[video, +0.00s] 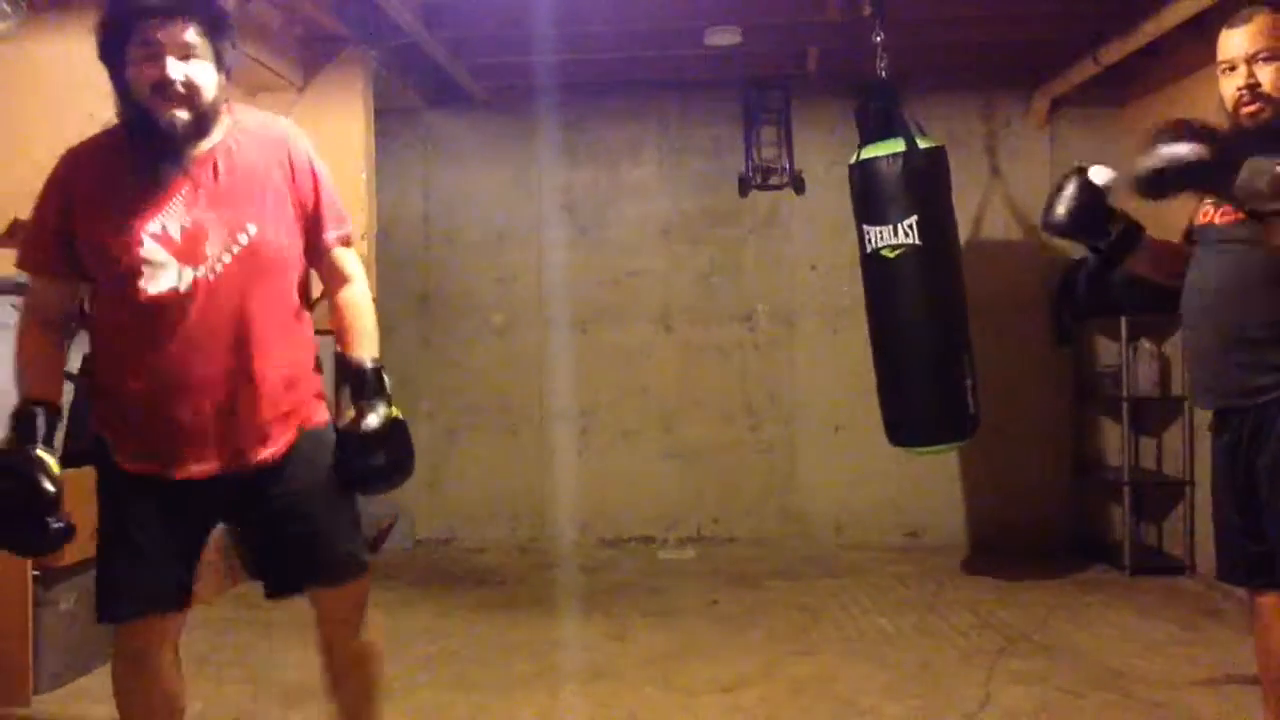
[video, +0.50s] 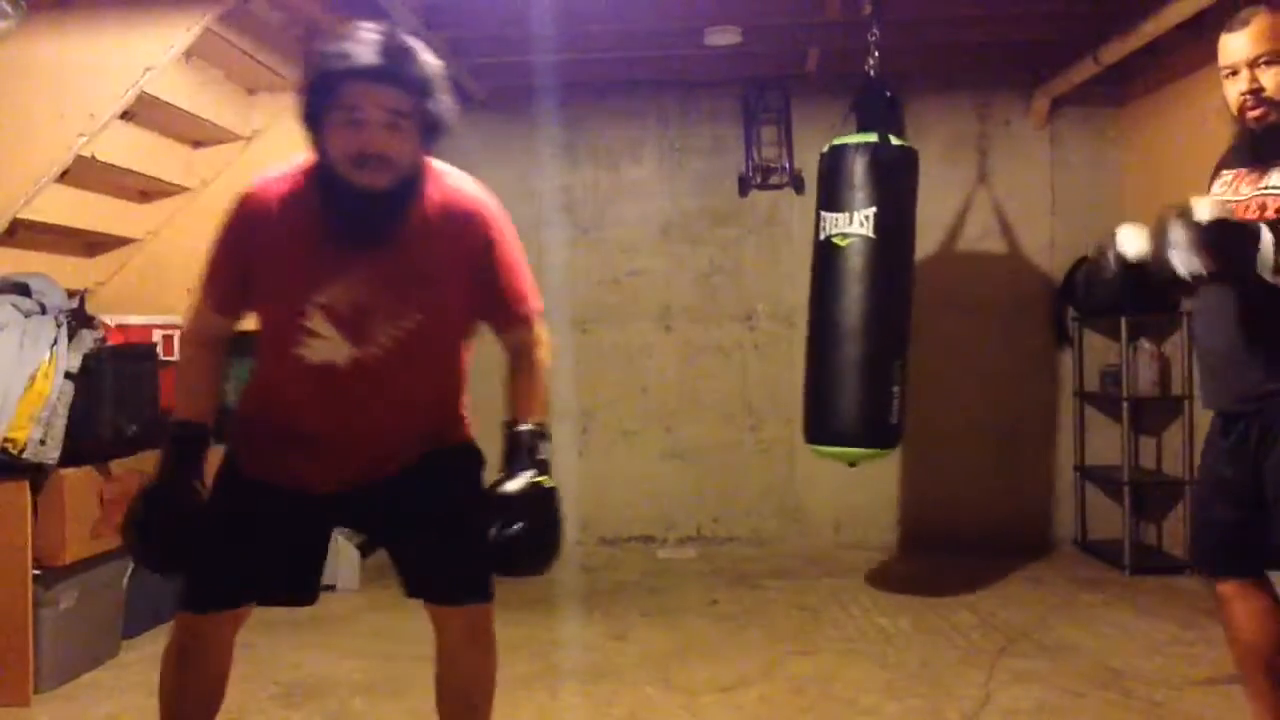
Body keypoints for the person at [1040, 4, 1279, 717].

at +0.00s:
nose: (1245, 80)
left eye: (1262, 61)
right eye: (1229, 69)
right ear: (1215, 83)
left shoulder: (1273, 164)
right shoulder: (1223, 170)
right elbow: (1196, 273)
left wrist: (1231, 173)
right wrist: (1114, 233)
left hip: (1275, 407)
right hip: (1236, 411)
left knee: (1271, 589)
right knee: (1262, 589)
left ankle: (1270, 704)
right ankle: (1270, 709)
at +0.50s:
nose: (1248, 85)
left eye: (1262, 66)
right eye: (1233, 72)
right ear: (1220, 80)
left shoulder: (1279, 169)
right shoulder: (1231, 169)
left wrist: (1257, 250)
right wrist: (1144, 256)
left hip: (1273, 406)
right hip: (1237, 410)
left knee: (1243, 573)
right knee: (1232, 573)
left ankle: (1265, 703)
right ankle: (1264, 707)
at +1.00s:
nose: (1197, 123)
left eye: (1210, 99)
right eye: (1183, 109)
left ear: (1258, 84)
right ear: (1173, 111)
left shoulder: (1277, 166)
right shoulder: (1196, 176)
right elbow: (1184, 273)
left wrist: (1275, 337)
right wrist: (1163, 338)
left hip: (1279, 412)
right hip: (1236, 411)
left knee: (1271, 580)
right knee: (1259, 573)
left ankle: (1275, 689)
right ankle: (1274, 686)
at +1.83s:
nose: (1190, 127)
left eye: (1204, 107)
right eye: (1177, 116)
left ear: (1245, 100)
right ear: (1170, 122)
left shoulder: (1267, 166)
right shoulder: (1205, 186)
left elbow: (1275, 280)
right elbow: (1204, 281)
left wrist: (1193, 273)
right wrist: (1144, 281)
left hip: (1254, 407)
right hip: (1224, 408)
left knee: (1236, 584)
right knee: (1247, 582)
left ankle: (1237, 714)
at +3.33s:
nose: (1238, 117)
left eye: (1253, 97)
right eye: (1228, 106)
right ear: (1223, 117)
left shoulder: (1274, 195)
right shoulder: (1242, 196)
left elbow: (1275, 280)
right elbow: (1193, 291)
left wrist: (1243, 220)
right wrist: (1177, 231)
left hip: (1272, 421)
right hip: (1248, 423)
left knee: (1256, 602)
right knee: (1254, 599)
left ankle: (1242, 711)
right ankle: (1250, 706)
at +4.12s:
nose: (1189, 112)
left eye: (1204, 90)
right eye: (1185, 97)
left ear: (1261, 81)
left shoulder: (1266, 165)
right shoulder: (1233, 174)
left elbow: (1254, 278)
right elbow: (1204, 273)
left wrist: (1144, 238)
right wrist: (1115, 255)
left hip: (1250, 420)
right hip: (1222, 419)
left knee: (1221, 614)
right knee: (1223, 612)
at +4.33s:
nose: (1108, 106)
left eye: (1118, 85)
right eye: (1104, 90)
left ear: (1176, 75)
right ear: (1173, 81)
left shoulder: (1214, 147)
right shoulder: (1176, 152)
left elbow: (1151, 267)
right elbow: (1117, 261)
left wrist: (1046, 233)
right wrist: (1027, 221)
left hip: (1226, 412)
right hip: (1205, 411)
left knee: (1195, 608)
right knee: (1196, 605)